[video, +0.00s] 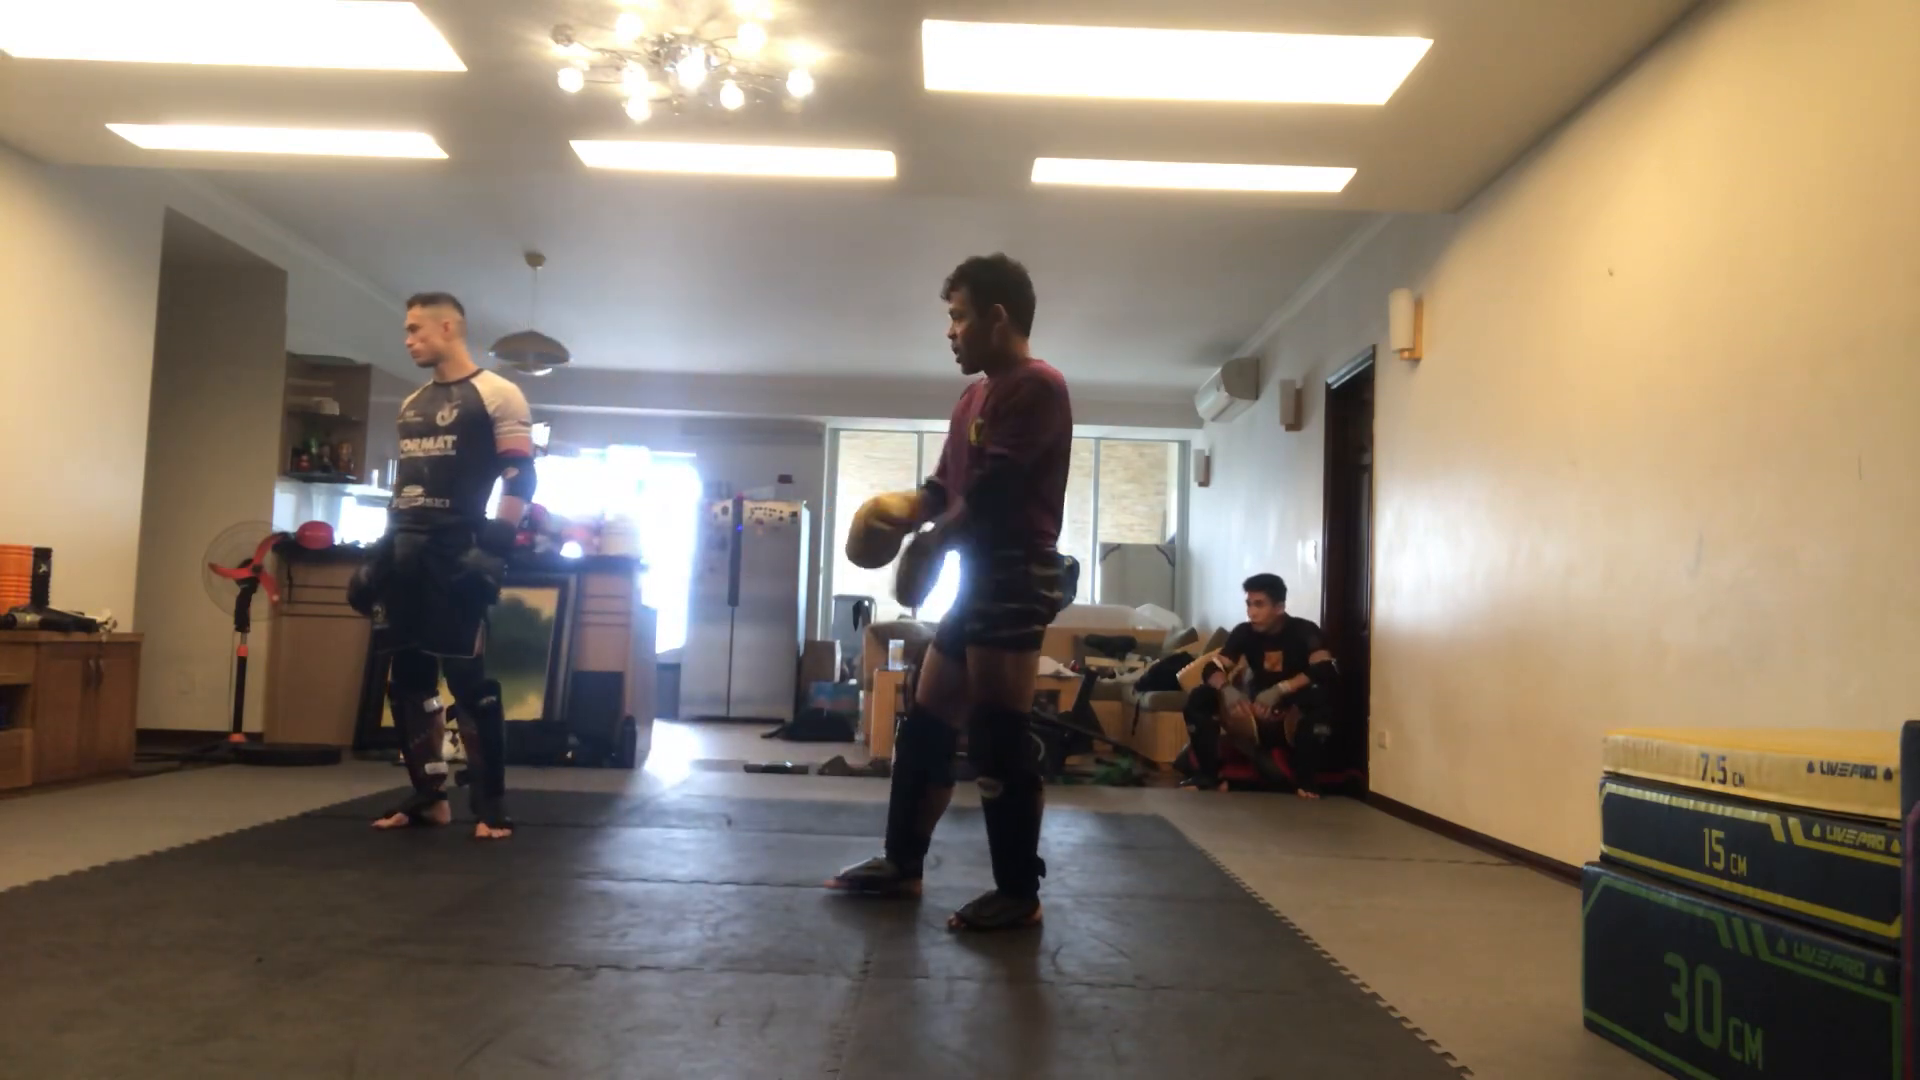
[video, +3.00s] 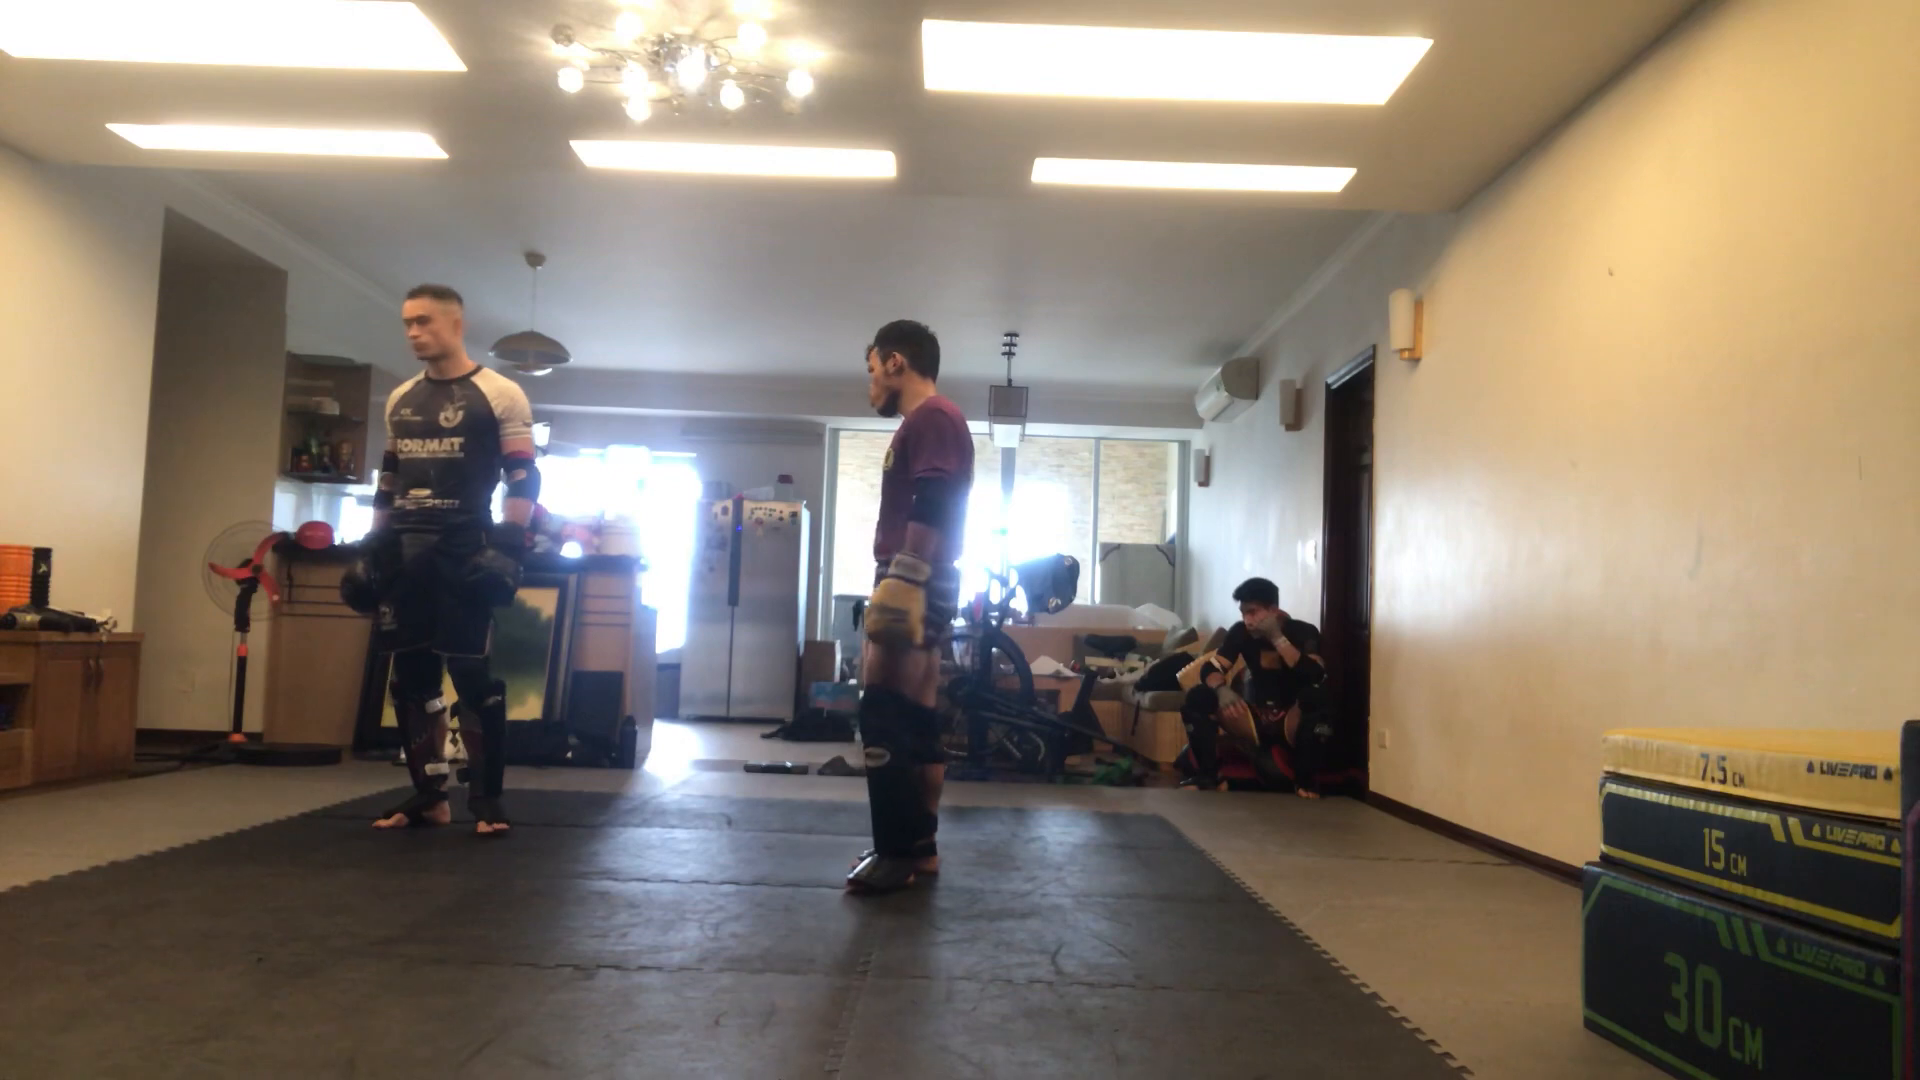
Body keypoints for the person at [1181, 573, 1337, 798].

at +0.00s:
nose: (1251, 612)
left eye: (1258, 605)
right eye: (1249, 605)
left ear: (1279, 607)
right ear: (1245, 604)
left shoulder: (1304, 630)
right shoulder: (1244, 633)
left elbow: (1325, 668)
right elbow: (1212, 669)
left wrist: (1279, 690)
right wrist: (1228, 692)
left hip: (1292, 717)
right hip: (1251, 716)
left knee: (1317, 702)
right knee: (1199, 699)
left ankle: (1306, 782)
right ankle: (1209, 776)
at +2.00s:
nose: (1248, 614)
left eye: (1256, 608)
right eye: (1247, 606)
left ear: (1278, 611)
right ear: (1245, 604)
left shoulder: (1302, 631)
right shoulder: (1241, 632)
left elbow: (1327, 668)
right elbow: (1212, 668)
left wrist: (1282, 690)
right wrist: (1223, 689)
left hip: (1294, 718)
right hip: (1253, 718)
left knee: (1321, 700)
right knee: (1198, 698)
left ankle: (1306, 781)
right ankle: (1208, 776)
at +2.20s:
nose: (1245, 617)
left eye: (1251, 610)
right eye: (1243, 610)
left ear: (1274, 610)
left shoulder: (1304, 633)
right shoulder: (1242, 633)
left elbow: (1330, 671)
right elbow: (1211, 668)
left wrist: (1281, 669)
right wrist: (1223, 691)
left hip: (1292, 720)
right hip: (1250, 719)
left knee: (1320, 704)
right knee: (1198, 698)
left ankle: (1306, 781)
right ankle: (1208, 777)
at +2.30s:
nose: (1245, 619)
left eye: (1251, 612)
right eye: (1243, 612)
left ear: (1274, 611)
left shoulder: (1305, 633)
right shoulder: (1242, 633)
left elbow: (1324, 674)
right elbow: (1211, 669)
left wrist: (1278, 647)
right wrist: (1224, 691)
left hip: (1294, 720)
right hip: (1252, 719)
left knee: (1320, 699)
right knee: (1198, 698)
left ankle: (1306, 781)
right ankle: (1208, 777)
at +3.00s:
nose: (1246, 620)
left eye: (1252, 613)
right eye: (1243, 613)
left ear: (1273, 609)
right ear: (1240, 610)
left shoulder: (1304, 632)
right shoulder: (1241, 632)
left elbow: (1314, 675)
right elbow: (1210, 669)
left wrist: (1276, 637)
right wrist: (1222, 690)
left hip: (1291, 720)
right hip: (1251, 719)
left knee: (1317, 696)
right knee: (1198, 698)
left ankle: (1305, 780)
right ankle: (1207, 776)